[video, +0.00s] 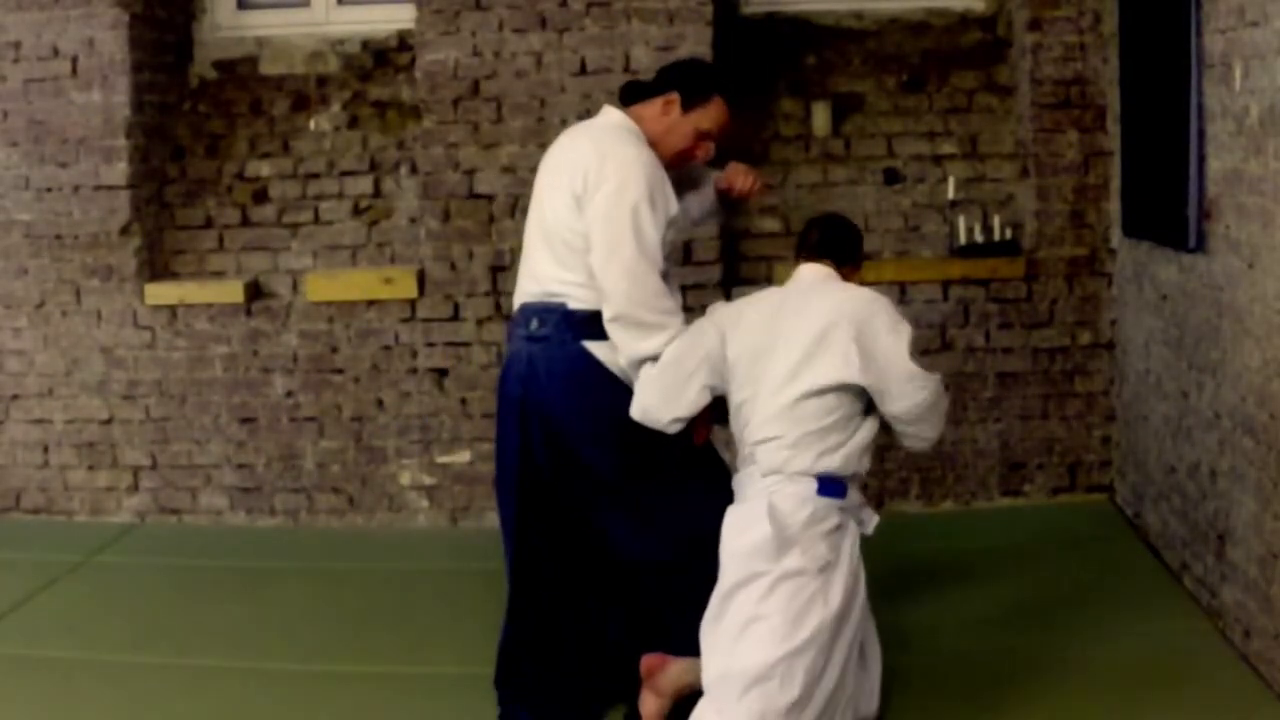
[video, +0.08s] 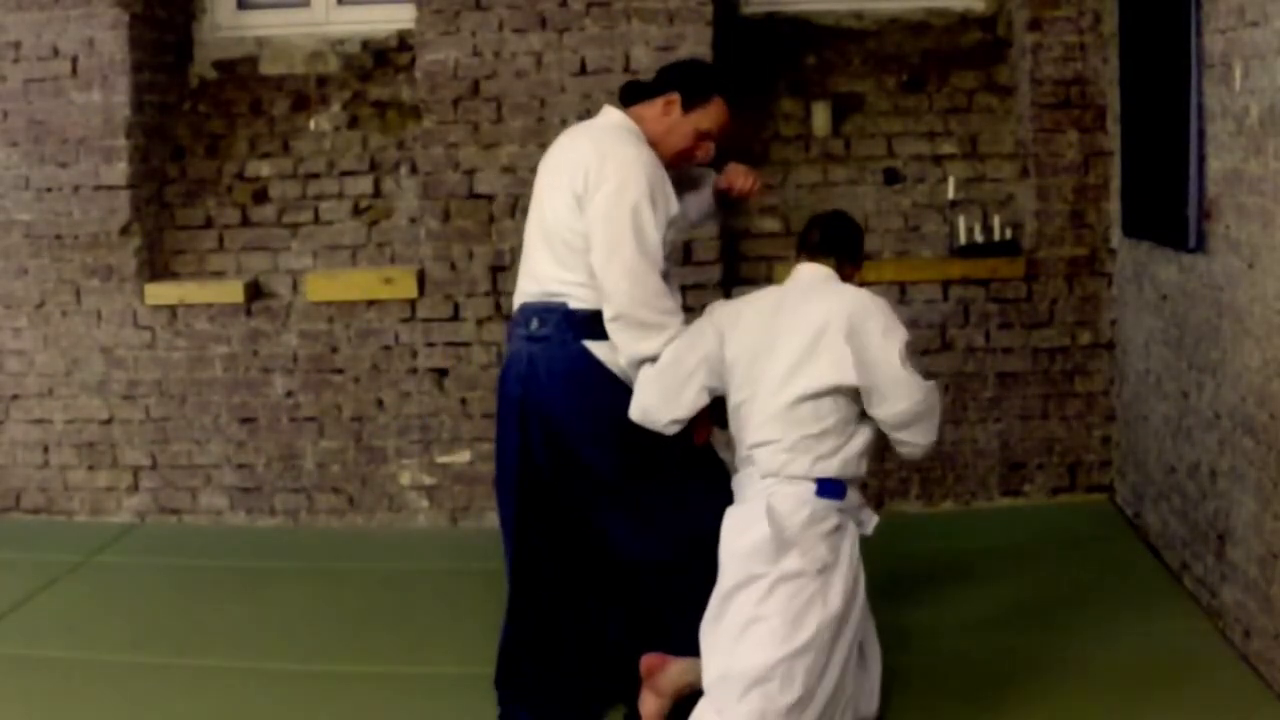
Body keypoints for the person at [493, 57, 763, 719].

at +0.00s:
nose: (702, 155)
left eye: (711, 144)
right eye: (702, 136)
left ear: (657, 107)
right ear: (668, 107)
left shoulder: (578, 142)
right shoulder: (624, 158)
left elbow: (643, 231)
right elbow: (632, 294)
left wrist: (714, 194)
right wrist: (689, 393)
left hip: (531, 357)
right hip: (587, 358)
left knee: (550, 548)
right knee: (687, 511)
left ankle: (541, 696)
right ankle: (671, 670)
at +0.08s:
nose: (703, 155)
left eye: (712, 143)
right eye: (702, 136)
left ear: (657, 108)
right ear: (668, 107)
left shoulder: (577, 142)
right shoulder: (624, 158)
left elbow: (640, 228)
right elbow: (632, 290)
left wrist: (714, 194)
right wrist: (688, 394)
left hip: (531, 356)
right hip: (587, 357)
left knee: (550, 547)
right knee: (687, 511)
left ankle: (541, 696)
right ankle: (672, 669)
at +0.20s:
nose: (703, 155)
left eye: (712, 143)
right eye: (703, 136)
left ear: (661, 103)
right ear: (669, 104)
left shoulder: (575, 143)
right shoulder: (624, 160)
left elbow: (643, 245)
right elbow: (631, 292)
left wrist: (705, 205)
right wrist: (686, 396)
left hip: (530, 351)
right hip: (587, 353)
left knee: (549, 540)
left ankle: (539, 694)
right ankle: (671, 665)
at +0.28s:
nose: (702, 152)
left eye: (711, 139)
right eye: (702, 131)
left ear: (658, 101)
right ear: (667, 101)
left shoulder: (571, 146)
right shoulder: (624, 160)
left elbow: (587, 250)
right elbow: (632, 296)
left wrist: (676, 249)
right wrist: (687, 401)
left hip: (531, 351)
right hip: (588, 355)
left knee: (551, 539)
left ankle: (539, 694)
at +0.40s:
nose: (695, 146)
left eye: (704, 133)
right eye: (695, 126)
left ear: (646, 100)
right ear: (656, 98)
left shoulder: (563, 151)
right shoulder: (620, 161)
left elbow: (550, 275)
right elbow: (635, 300)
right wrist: (687, 401)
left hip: (530, 352)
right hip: (589, 354)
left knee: (552, 540)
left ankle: (542, 695)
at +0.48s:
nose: (680, 142)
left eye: (692, 129)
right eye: (684, 122)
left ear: (636, 96)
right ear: (648, 95)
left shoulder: (545, 147)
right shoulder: (617, 153)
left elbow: (514, 254)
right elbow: (631, 288)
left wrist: (550, 325)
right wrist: (686, 389)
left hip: (526, 341)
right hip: (590, 339)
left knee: (548, 522)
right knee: (665, 503)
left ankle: (540, 688)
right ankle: (676, 663)